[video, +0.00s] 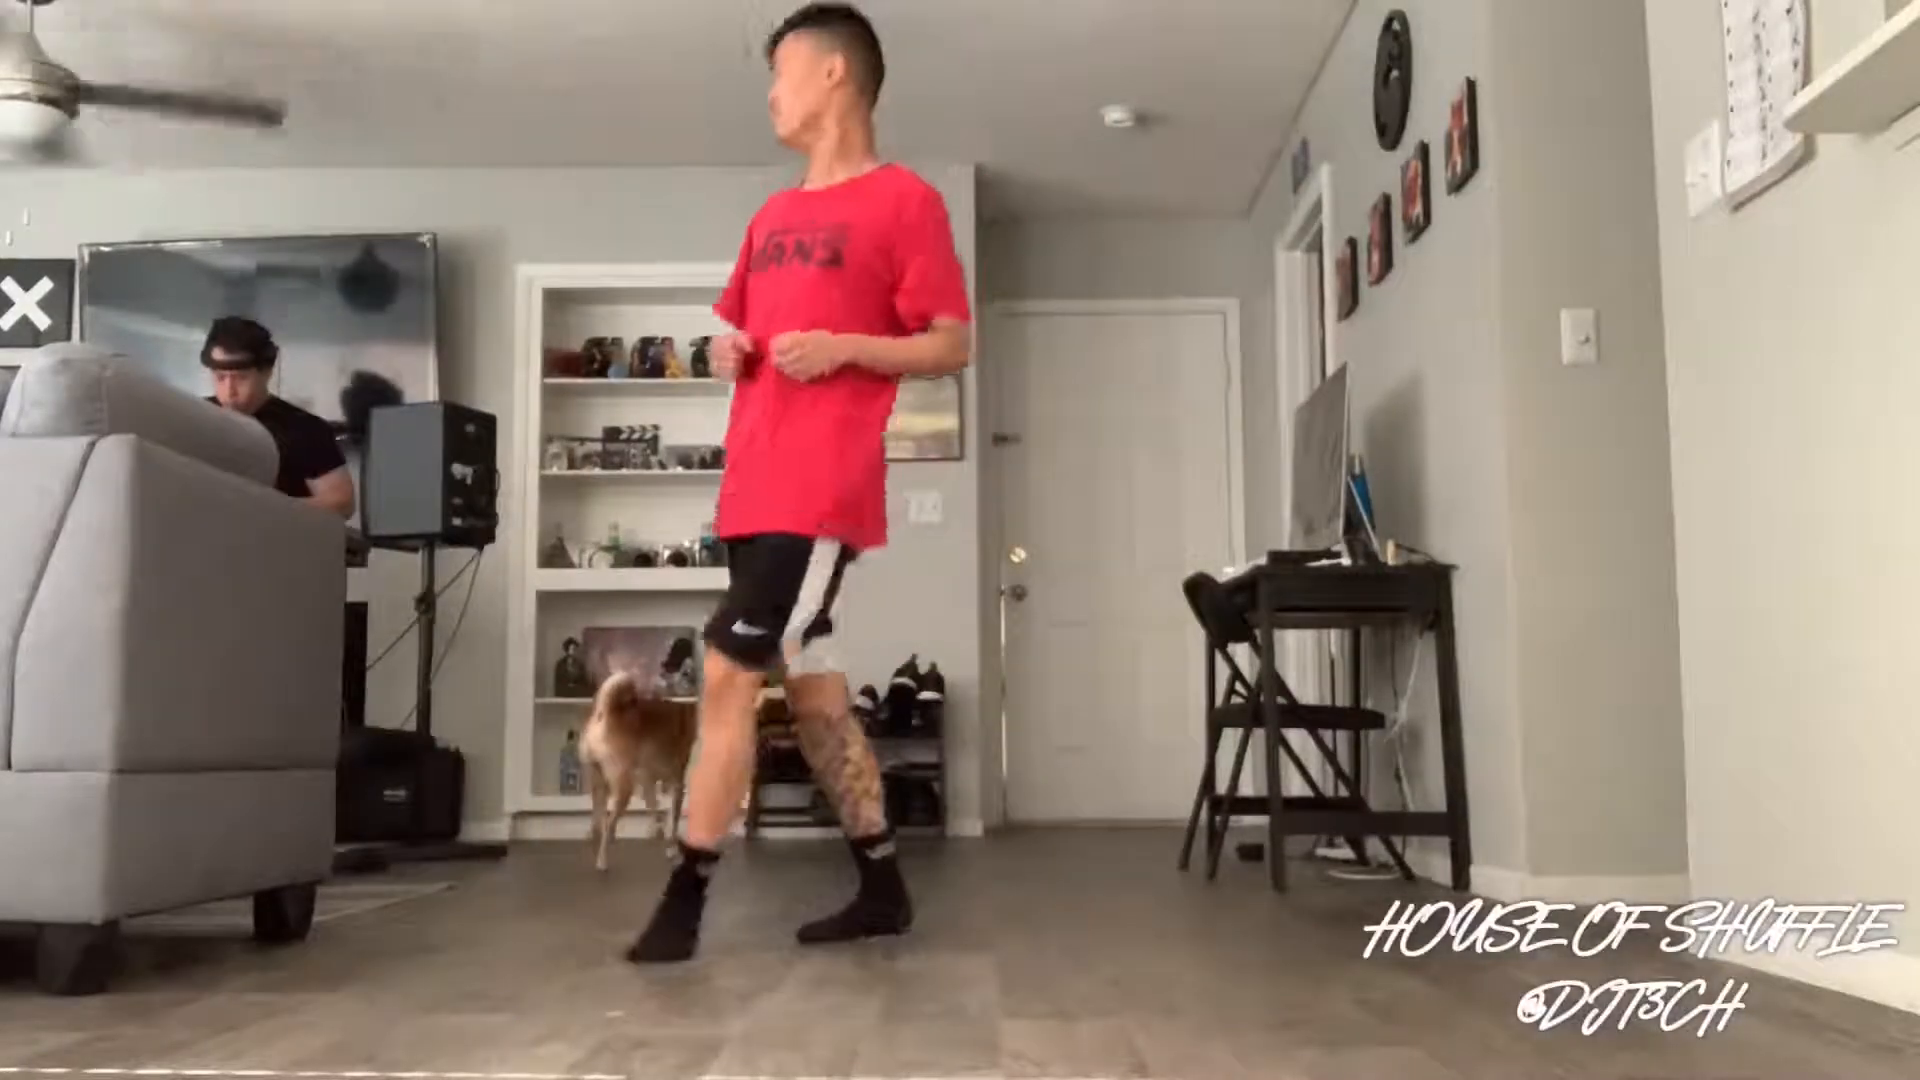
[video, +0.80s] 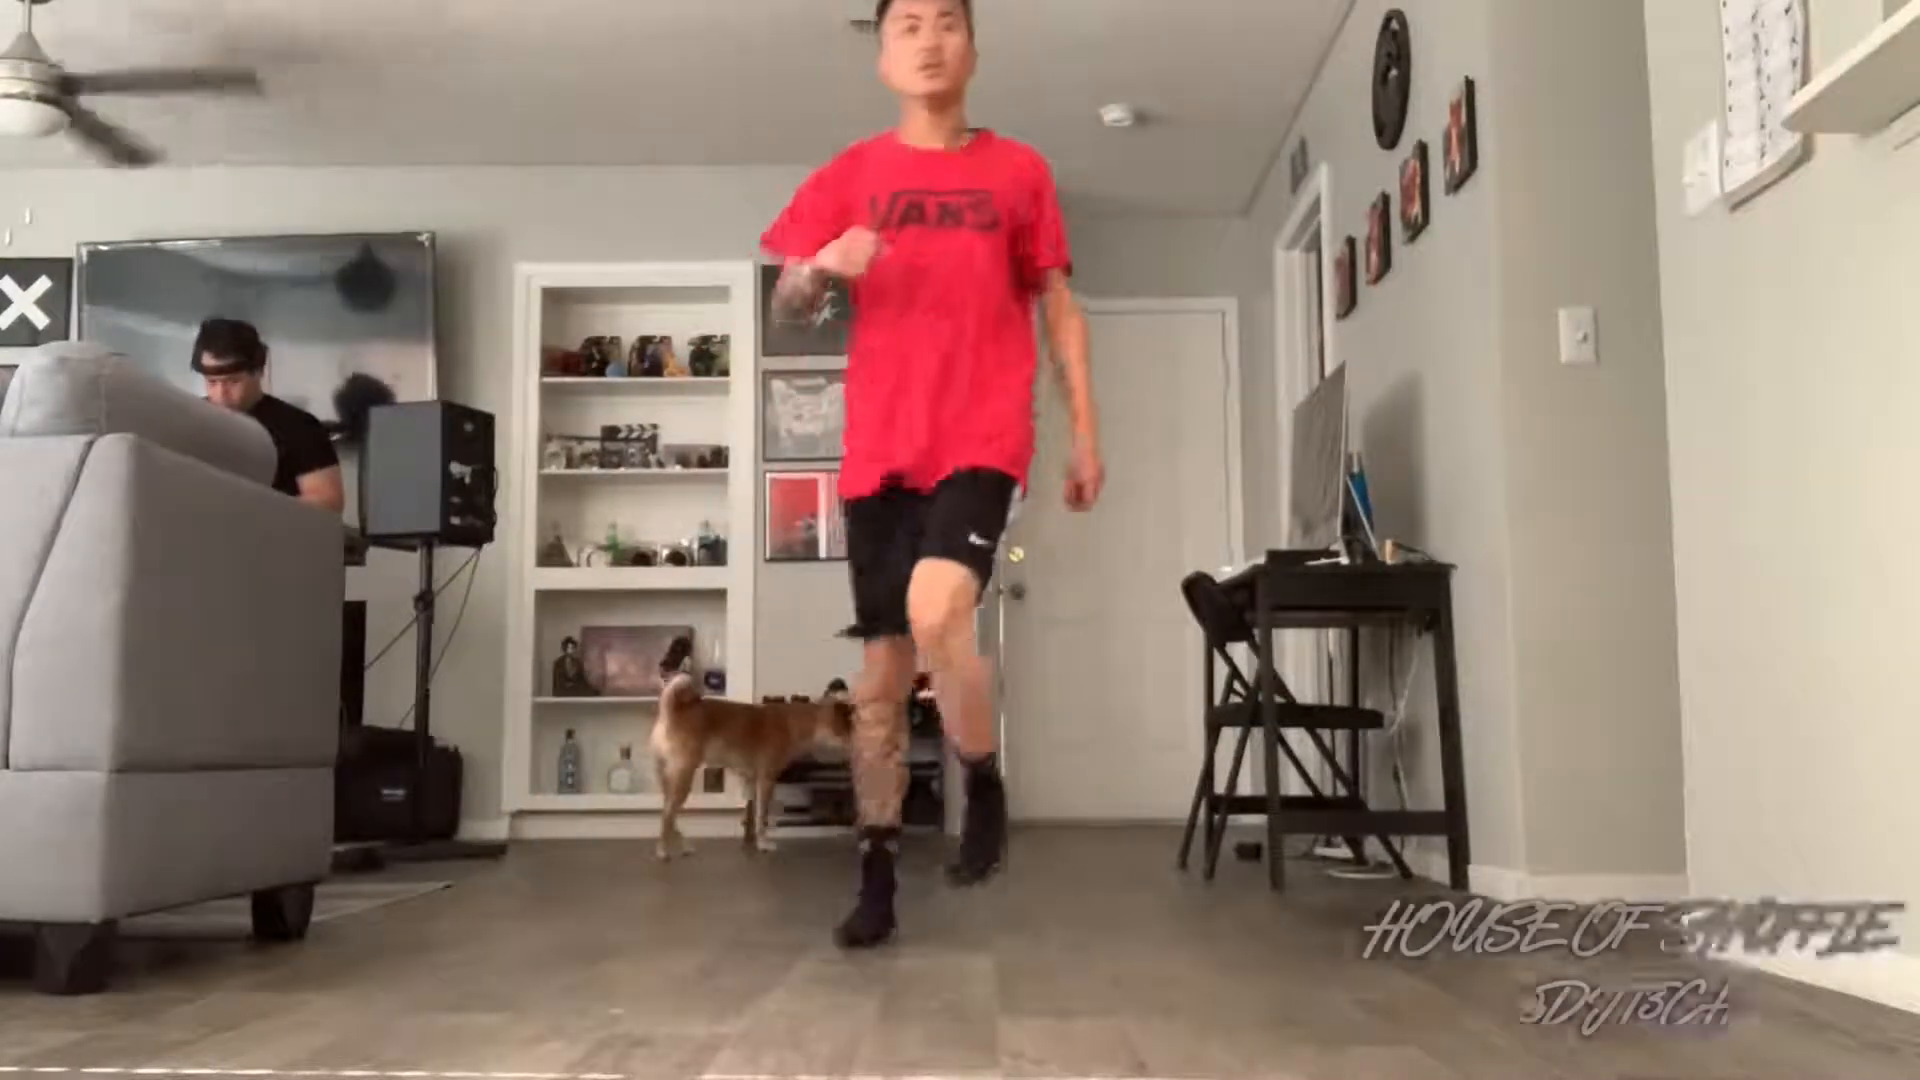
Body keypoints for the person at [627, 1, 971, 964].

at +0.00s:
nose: (769, 90)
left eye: (781, 68)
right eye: (772, 72)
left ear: (836, 74)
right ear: (826, 78)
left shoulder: (905, 201)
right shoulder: (773, 214)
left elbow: (952, 343)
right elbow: (741, 334)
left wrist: (846, 347)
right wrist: (731, 351)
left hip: (826, 486)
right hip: (755, 484)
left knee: (728, 671)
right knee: (814, 691)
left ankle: (682, 901)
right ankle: (882, 885)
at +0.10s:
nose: (760, 62)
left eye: (772, 39)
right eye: (760, 44)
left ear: (832, 39)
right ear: (816, 45)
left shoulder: (905, 157)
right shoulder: (776, 177)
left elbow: (944, 307)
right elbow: (784, 309)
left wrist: (823, 301)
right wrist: (736, 352)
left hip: (825, 450)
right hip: (753, 441)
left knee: (770, 650)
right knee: (709, 646)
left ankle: (754, 885)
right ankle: (820, 820)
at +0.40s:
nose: (763, 74)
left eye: (778, 55)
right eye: (763, 59)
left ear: (840, 61)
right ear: (807, 69)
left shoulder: (903, 163)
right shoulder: (781, 206)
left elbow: (943, 291)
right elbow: (798, 352)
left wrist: (831, 250)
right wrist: (734, 410)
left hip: (854, 465)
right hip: (766, 462)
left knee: (855, 676)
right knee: (709, 652)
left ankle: (901, 872)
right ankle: (740, 886)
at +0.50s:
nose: (772, 78)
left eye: (787, 58)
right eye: (770, 66)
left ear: (851, 65)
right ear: (795, 83)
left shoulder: (912, 170)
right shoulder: (782, 216)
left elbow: (960, 305)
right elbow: (785, 367)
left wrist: (846, 324)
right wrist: (731, 437)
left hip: (865, 481)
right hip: (774, 483)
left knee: (888, 685)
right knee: (736, 671)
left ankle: (915, 885)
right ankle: (748, 904)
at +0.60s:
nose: (805, 52)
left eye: (824, 32)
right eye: (797, 40)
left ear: (885, 47)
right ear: (798, 61)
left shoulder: (942, 157)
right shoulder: (789, 189)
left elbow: (961, 300)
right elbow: (787, 328)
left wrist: (928, 414)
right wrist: (772, 434)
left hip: (909, 436)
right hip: (816, 443)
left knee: (878, 661)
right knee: (818, 667)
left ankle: (918, 830)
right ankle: (824, 884)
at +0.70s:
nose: (875, 65)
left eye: (894, 50)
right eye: (857, 53)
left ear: (931, 75)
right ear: (838, 84)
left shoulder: (977, 192)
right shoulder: (812, 206)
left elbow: (1018, 327)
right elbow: (771, 353)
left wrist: (1031, 452)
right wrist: (796, 316)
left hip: (950, 448)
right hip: (846, 456)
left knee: (901, 639)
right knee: (840, 686)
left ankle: (949, 745)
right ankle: (865, 893)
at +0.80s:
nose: (930, 40)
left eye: (948, 25)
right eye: (909, 28)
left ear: (974, 52)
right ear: (881, 57)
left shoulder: (1019, 170)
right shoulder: (852, 173)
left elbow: (1058, 299)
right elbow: (787, 301)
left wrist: (1084, 431)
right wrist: (822, 266)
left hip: (982, 438)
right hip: (882, 444)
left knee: (938, 611)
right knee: (883, 671)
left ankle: (981, 788)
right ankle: (875, 878)